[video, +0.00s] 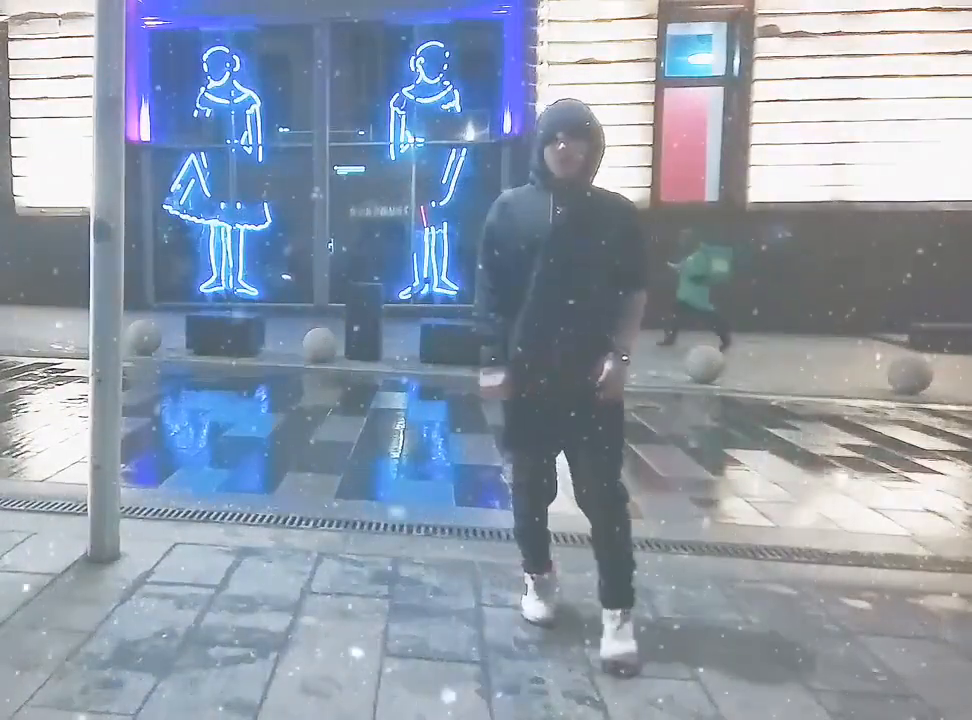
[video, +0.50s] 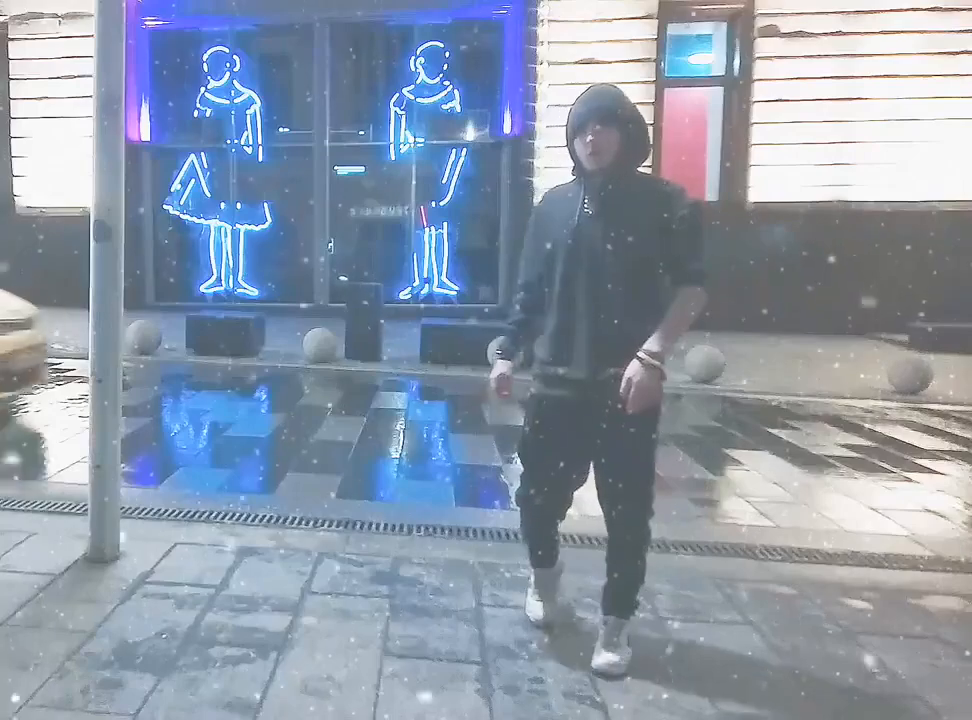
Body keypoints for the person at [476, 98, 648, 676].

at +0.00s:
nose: (565, 149)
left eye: (577, 140)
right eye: (556, 140)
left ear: (594, 149)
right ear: (540, 148)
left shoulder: (617, 215)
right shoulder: (510, 209)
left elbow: (633, 291)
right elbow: (489, 293)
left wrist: (621, 355)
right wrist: (491, 362)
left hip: (593, 372)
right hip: (526, 372)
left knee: (602, 493)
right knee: (529, 486)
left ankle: (617, 612)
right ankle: (539, 578)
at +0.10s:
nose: (574, 150)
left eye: (585, 140)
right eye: (564, 140)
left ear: (602, 148)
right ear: (546, 147)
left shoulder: (627, 214)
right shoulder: (517, 210)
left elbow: (647, 292)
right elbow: (491, 290)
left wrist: (626, 359)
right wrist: (479, 361)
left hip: (599, 375)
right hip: (532, 374)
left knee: (603, 498)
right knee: (535, 488)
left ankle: (612, 618)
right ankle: (538, 579)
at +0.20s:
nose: (577, 145)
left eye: (588, 135)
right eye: (567, 135)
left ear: (610, 143)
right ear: (552, 144)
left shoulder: (639, 210)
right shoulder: (524, 208)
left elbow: (657, 292)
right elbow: (496, 288)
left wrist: (633, 357)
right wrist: (476, 356)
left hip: (609, 376)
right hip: (540, 374)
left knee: (608, 499)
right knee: (539, 489)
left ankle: (613, 623)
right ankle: (539, 582)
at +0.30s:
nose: (582, 140)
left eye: (594, 130)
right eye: (572, 131)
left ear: (616, 140)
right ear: (559, 141)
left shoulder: (646, 205)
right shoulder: (533, 205)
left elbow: (678, 284)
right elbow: (504, 286)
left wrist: (641, 354)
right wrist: (480, 351)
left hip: (617, 378)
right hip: (548, 376)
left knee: (617, 507)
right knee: (541, 493)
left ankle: (613, 627)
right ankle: (541, 580)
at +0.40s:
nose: (587, 138)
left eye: (600, 127)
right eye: (577, 129)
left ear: (623, 137)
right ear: (566, 140)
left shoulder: (660, 206)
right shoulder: (542, 206)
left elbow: (684, 289)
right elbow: (515, 291)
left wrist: (648, 354)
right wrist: (490, 351)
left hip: (626, 382)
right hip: (556, 379)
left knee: (625, 511)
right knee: (541, 494)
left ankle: (614, 626)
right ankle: (539, 575)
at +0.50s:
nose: (594, 137)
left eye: (606, 126)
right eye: (584, 128)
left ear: (628, 136)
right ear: (572, 140)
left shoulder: (666, 205)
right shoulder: (552, 207)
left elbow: (691, 289)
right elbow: (530, 293)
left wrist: (653, 353)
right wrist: (507, 351)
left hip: (629, 387)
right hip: (558, 384)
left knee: (627, 516)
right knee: (537, 497)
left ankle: (615, 627)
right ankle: (544, 573)